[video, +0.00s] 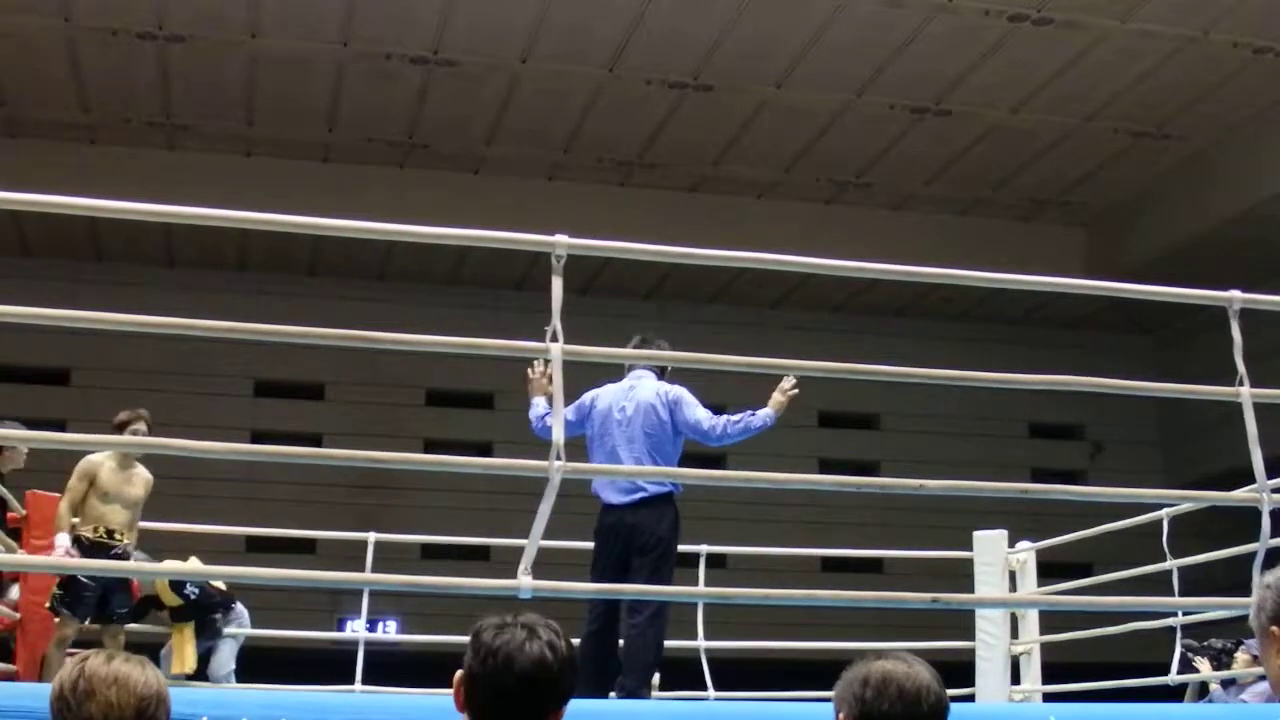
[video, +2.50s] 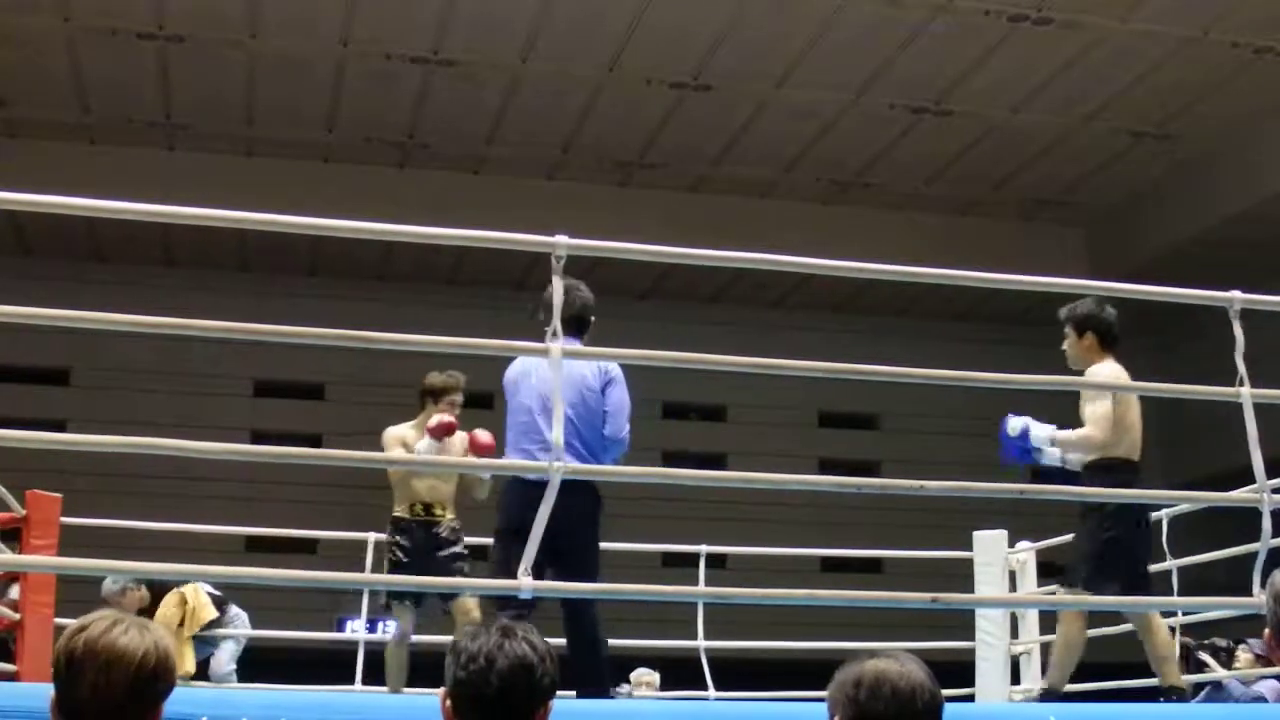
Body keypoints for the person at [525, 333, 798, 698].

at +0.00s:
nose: (669, 374)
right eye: (669, 369)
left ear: (627, 365)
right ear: (663, 367)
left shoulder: (598, 398)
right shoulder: (672, 396)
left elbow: (549, 428)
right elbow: (714, 431)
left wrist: (537, 397)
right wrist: (770, 412)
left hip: (612, 516)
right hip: (656, 514)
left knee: (601, 606)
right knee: (646, 606)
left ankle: (588, 697)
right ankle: (632, 696)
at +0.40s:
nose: (673, 366)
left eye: (673, 360)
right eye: (673, 360)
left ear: (631, 356)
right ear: (666, 360)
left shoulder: (597, 399)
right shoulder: (669, 396)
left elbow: (555, 437)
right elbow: (714, 428)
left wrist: (529, 473)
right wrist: (768, 402)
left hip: (610, 517)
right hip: (655, 516)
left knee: (602, 604)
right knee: (645, 606)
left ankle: (589, 696)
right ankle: (633, 698)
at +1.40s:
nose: (660, 361)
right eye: (664, 355)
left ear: (627, 361)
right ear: (665, 361)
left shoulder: (604, 407)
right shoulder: (677, 408)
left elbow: (586, 463)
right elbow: (726, 457)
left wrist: (589, 439)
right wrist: (772, 442)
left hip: (617, 528)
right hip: (661, 525)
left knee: (631, 615)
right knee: (692, 610)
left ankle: (638, 705)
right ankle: (653, 680)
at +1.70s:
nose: (660, 360)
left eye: (655, 354)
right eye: (658, 354)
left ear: (615, 359)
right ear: (652, 360)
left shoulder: (592, 409)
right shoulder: (670, 407)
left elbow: (600, 458)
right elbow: (694, 467)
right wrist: (698, 445)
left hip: (611, 524)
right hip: (657, 520)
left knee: (626, 609)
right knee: (681, 603)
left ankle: (635, 699)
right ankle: (645, 665)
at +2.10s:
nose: (649, 334)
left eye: (646, 326)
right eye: (646, 327)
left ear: (600, 331)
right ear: (636, 332)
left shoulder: (572, 379)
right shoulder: (645, 377)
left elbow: (548, 442)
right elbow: (651, 439)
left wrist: (569, 474)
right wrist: (654, 478)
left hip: (577, 496)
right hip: (621, 495)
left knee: (594, 587)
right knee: (620, 588)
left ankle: (600, 678)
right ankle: (608, 685)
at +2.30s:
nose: (622, 324)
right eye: (621, 319)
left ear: (576, 322)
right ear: (617, 325)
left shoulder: (548, 374)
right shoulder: (626, 373)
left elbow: (538, 444)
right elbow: (638, 442)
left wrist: (556, 479)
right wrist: (625, 472)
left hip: (554, 492)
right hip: (602, 494)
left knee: (550, 593)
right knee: (605, 592)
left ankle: (536, 690)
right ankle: (605, 691)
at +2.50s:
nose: (539, 318)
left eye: (542, 312)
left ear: (542, 318)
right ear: (588, 323)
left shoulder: (517, 369)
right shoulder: (606, 370)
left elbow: (517, 422)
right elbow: (616, 434)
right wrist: (596, 465)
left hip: (521, 491)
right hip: (578, 494)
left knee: (511, 593)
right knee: (579, 596)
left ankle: (503, 697)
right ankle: (594, 696)